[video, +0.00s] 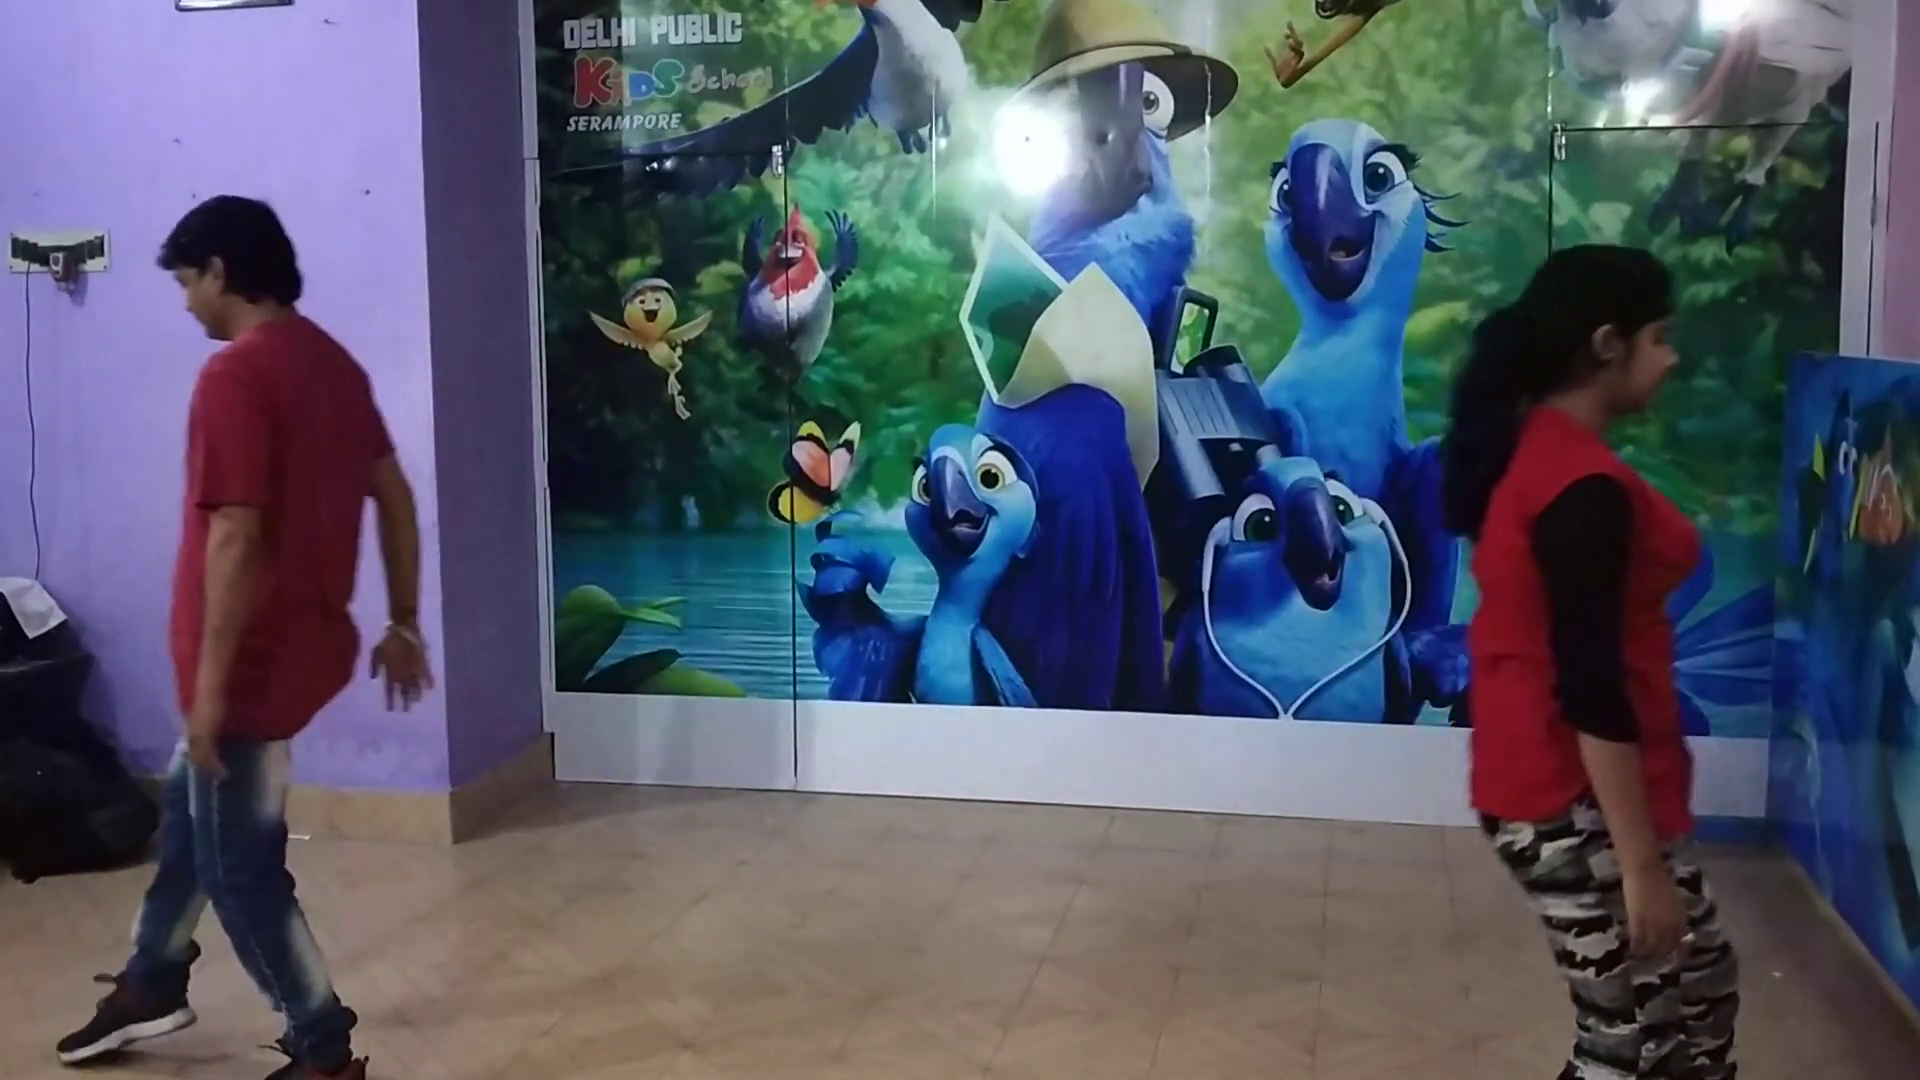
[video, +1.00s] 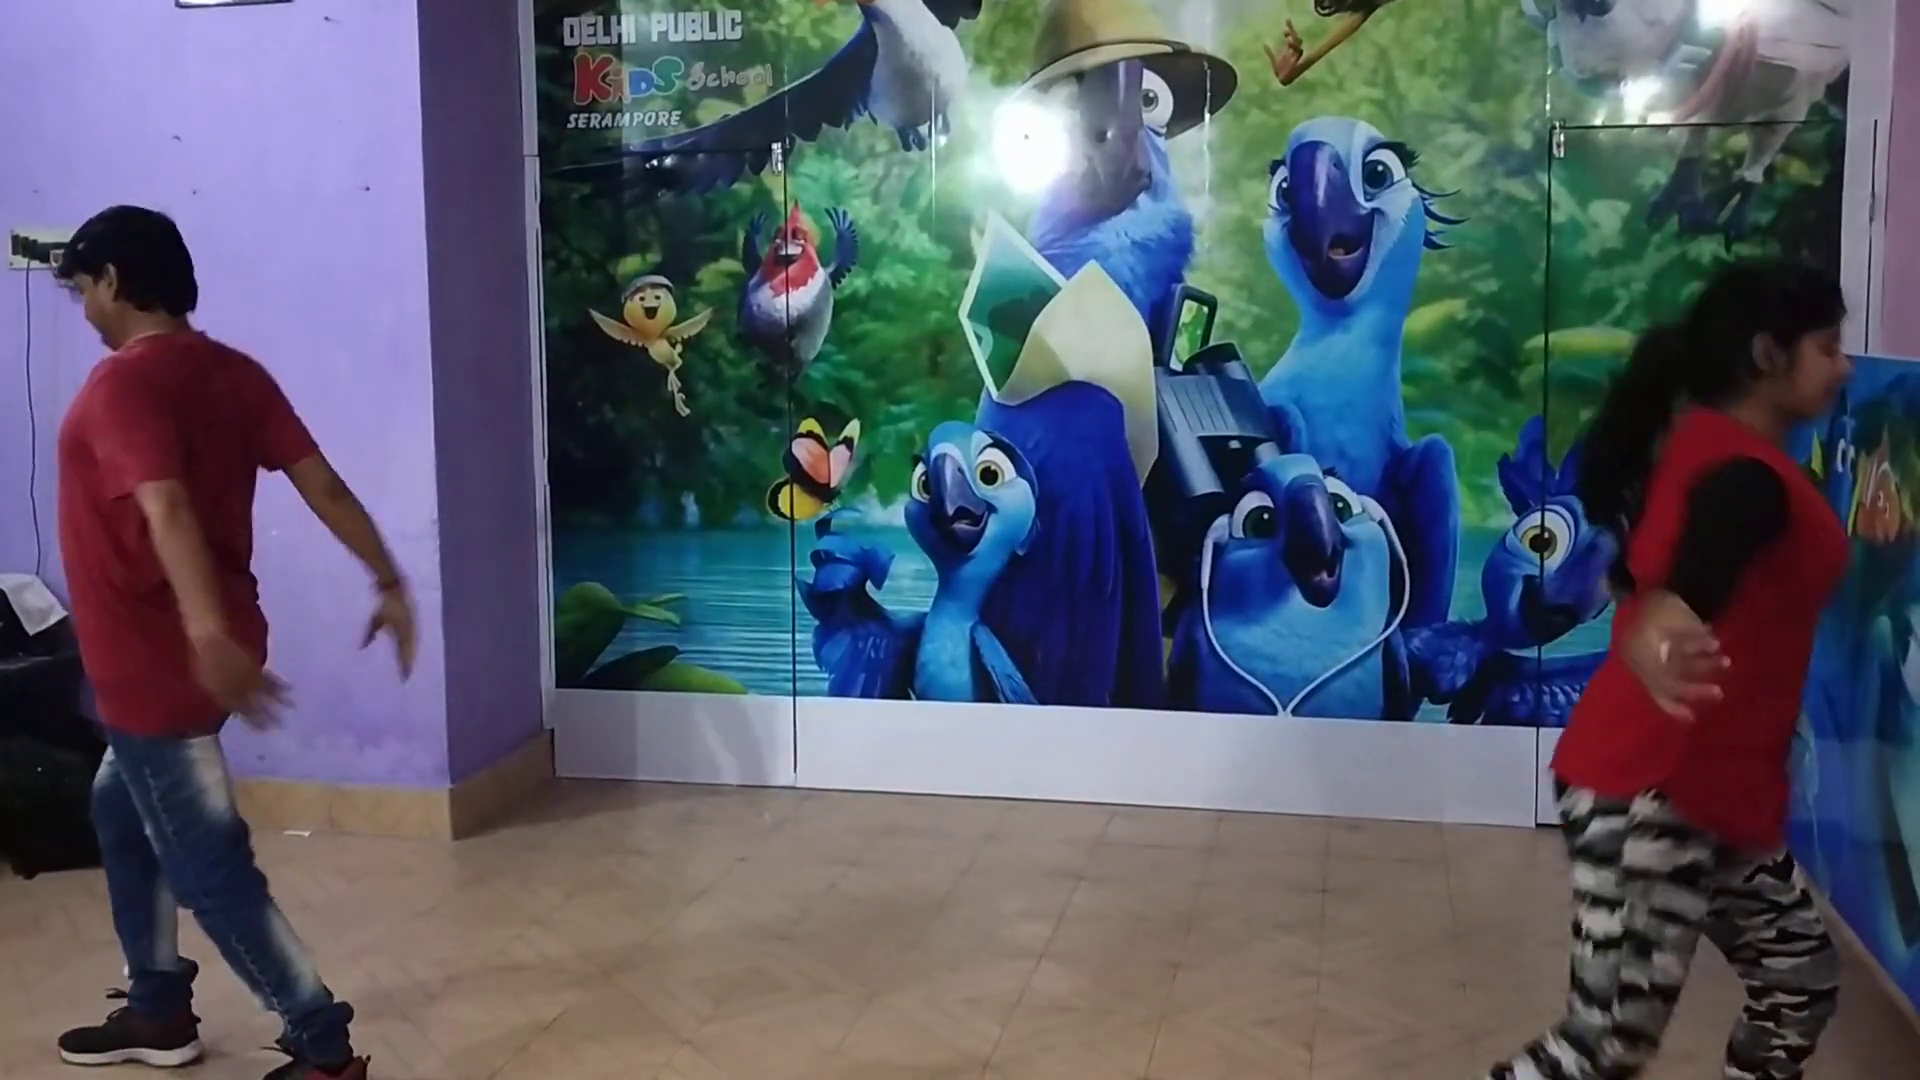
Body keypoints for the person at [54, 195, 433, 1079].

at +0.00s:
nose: (185, 300)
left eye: (186, 281)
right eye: (181, 283)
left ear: (220, 272)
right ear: (266, 270)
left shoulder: (236, 374)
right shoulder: (333, 363)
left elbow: (235, 539)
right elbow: (392, 493)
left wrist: (208, 698)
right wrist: (404, 621)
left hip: (242, 668)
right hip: (304, 651)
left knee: (243, 871)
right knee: (188, 808)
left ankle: (324, 1046)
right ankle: (151, 982)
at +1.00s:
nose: (79, 307)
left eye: (80, 288)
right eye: (76, 291)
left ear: (110, 283)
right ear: (174, 281)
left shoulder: (122, 386)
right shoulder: (236, 372)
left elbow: (168, 507)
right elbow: (319, 481)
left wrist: (211, 635)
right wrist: (387, 575)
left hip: (148, 672)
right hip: (215, 650)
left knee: (211, 867)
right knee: (120, 810)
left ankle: (324, 1046)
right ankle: (157, 1010)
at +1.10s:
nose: (56, 307)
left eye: (61, 291)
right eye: (57, 291)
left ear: (92, 297)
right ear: (148, 299)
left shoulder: (89, 398)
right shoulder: (208, 386)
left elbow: (107, 516)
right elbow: (301, 481)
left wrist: (120, 631)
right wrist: (396, 549)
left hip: (154, 664)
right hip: (225, 648)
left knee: (177, 901)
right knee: (105, 810)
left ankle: (317, 1045)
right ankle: (153, 1011)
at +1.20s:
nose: (12, 346)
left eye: (20, 330)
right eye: (14, 329)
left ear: (50, 336)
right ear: (101, 339)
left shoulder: (43, 436)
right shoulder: (161, 420)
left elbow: (30, 555)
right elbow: (264, 506)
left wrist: (9, 644)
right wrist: (357, 555)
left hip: (183, 690)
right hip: (251, 667)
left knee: (135, 903)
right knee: (99, 805)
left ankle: (296, 1032)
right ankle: (151, 1012)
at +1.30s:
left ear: (4, 418)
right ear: (59, 413)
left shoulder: (20, 504)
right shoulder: (112, 478)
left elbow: (9, 609)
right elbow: (180, 568)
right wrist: (261, 600)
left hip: (213, 708)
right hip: (270, 677)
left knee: (128, 912)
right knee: (108, 803)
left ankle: (297, 1034)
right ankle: (153, 1015)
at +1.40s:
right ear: (34, 487)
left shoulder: (18, 564)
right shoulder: (82, 529)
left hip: (231, 713)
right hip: (290, 680)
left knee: (124, 913)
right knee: (119, 803)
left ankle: (300, 1037)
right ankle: (152, 1014)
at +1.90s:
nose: (2, 431)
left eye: (1, 419)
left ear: (12, 401)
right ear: (62, 382)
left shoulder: (37, 428)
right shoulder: (131, 412)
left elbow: (7, 530)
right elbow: (178, 536)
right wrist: (92, 607)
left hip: (195, 662)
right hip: (266, 642)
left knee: (181, 886)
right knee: (144, 834)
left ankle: (310, 1042)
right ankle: (158, 1014)